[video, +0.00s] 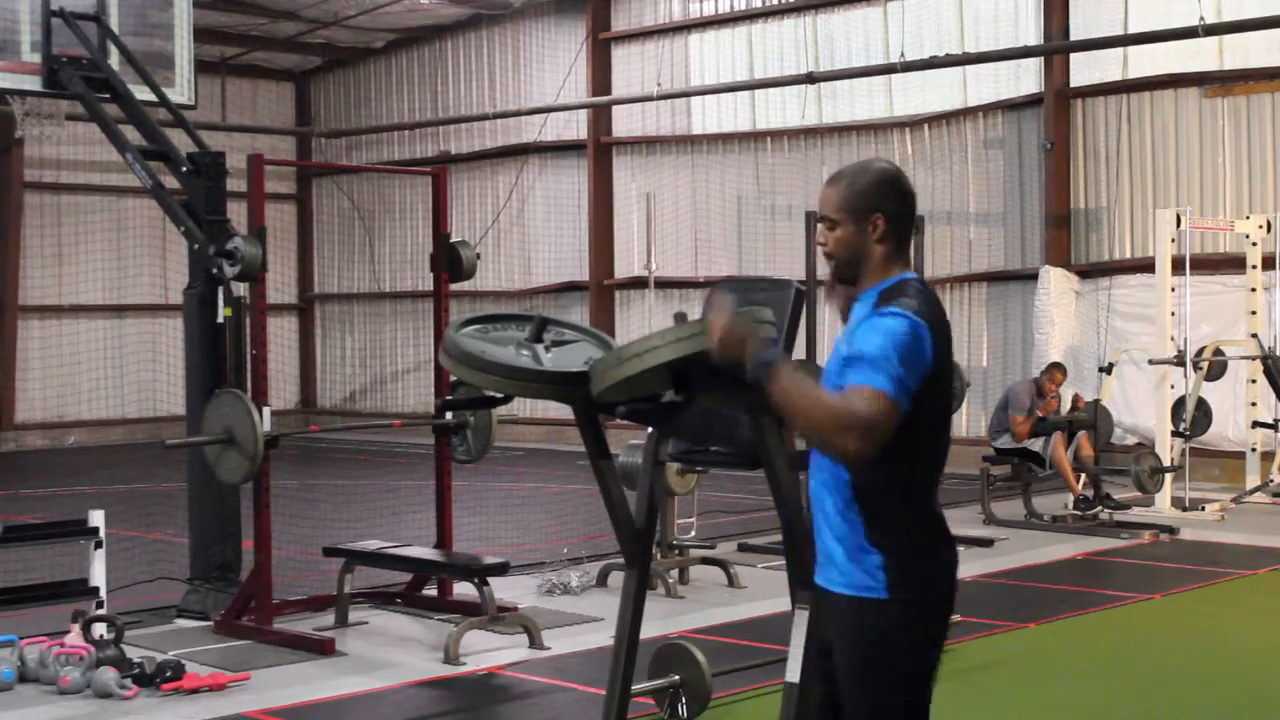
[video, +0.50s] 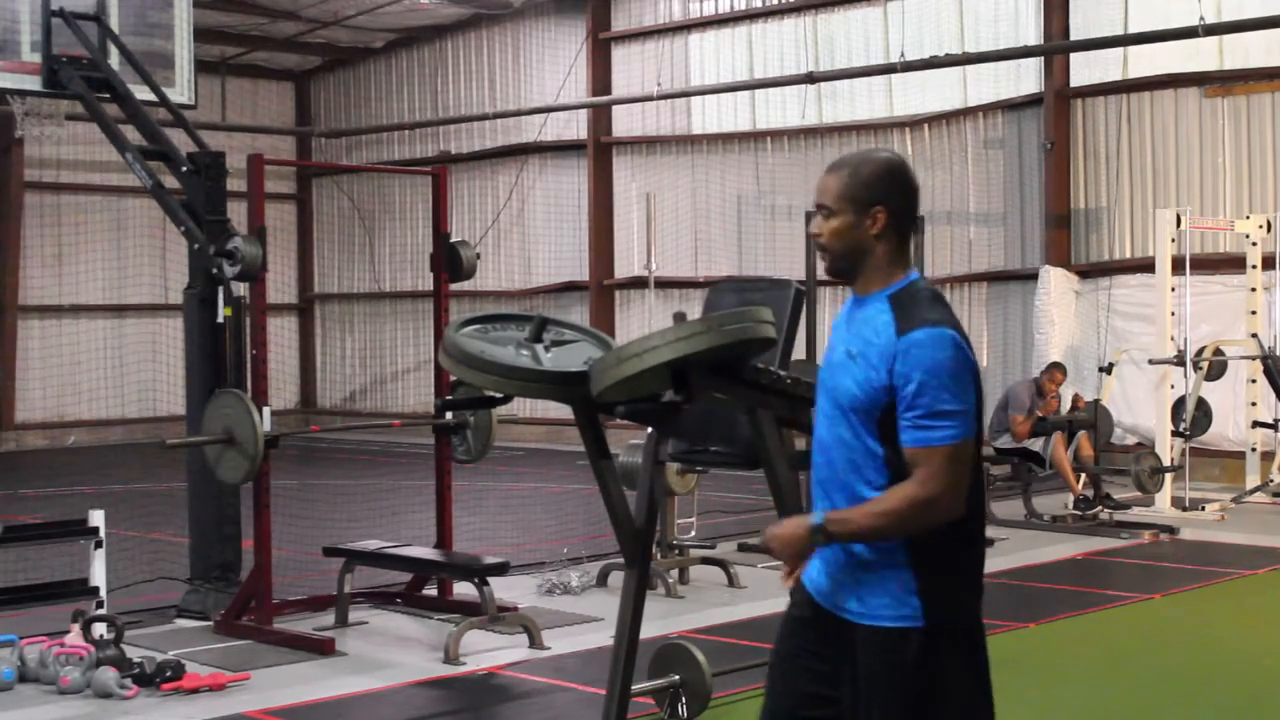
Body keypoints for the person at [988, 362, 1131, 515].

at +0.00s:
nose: (1054, 389)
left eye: (1058, 385)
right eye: (1051, 382)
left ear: (1061, 385)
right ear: (1042, 375)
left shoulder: (1052, 396)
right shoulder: (1021, 391)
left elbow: (1054, 426)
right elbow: (1019, 435)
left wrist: (1074, 411)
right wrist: (1040, 412)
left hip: (1030, 438)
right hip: (1004, 439)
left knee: (1080, 435)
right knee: (1055, 439)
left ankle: (1099, 494)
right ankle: (1079, 498)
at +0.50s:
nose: (1054, 389)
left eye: (1058, 385)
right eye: (1051, 382)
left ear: (1061, 385)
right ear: (1042, 375)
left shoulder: (1052, 395)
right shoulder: (1021, 391)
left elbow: (1055, 426)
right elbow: (1019, 435)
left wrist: (1073, 411)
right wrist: (1040, 412)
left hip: (1030, 437)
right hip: (1004, 439)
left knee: (1081, 435)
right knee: (1055, 439)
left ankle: (1100, 494)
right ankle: (1079, 498)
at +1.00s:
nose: (1054, 388)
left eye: (1058, 385)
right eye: (1051, 382)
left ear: (1061, 384)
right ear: (1041, 375)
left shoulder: (1051, 395)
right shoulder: (1021, 391)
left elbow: (1054, 427)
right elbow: (1019, 435)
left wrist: (1073, 411)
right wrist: (1041, 412)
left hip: (1029, 438)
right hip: (1004, 440)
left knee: (1081, 436)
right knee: (1055, 439)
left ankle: (1099, 494)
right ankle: (1079, 498)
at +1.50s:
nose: (1054, 388)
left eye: (1058, 385)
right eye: (1051, 382)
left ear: (1061, 385)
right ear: (1041, 374)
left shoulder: (1051, 395)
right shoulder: (1021, 391)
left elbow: (1053, 427)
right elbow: (1019, 435)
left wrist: (1072, 411)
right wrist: (1041, 412)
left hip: (1029, 438)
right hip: (1003, 439)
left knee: (1080, 436)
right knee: (1055, 439)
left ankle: (1099, 494)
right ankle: (1079, 498)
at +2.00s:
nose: (1054, 388)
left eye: (1058, 385)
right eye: (1051, 382)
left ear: (1061, 384)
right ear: (1041, 375)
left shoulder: (1051, 395)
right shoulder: (1021, 391)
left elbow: (1053, 426)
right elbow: (1018, 434)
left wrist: (1073, 412)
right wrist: (1041, 412)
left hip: (1029, 438)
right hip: (1004, 440)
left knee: (1080, 436)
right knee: (1055, 439)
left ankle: (1099, 494)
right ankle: (1079, 498)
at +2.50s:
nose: (1054, 389)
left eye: (1058, 385)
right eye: (1051, 382)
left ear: (1061, 385)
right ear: (1041, 375)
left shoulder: (1051, 396)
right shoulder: (1020, 392)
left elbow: (1054, 427)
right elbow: (1018, 435)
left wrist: (1073, 412)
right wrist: (1040, 412)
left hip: (1029, 438)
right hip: (1004, 439)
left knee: (1080, 435)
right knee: (1055, 439)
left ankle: (1099, 494)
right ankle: (1079, 498)